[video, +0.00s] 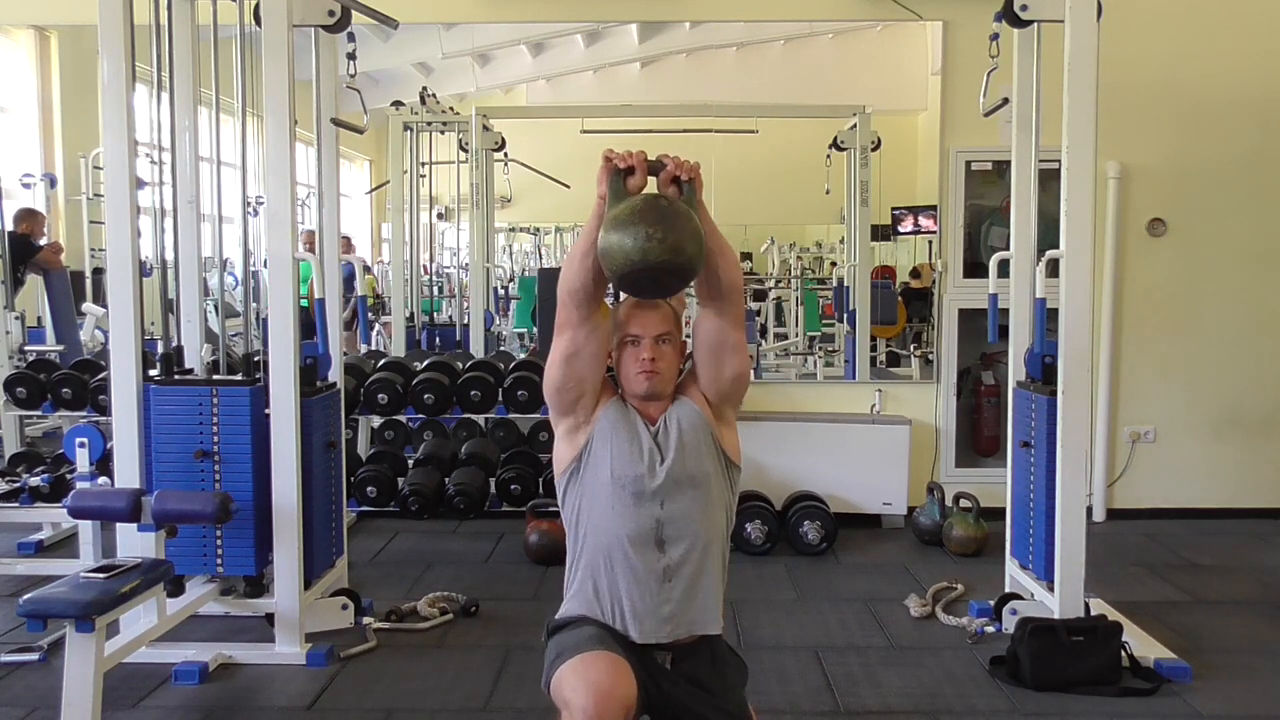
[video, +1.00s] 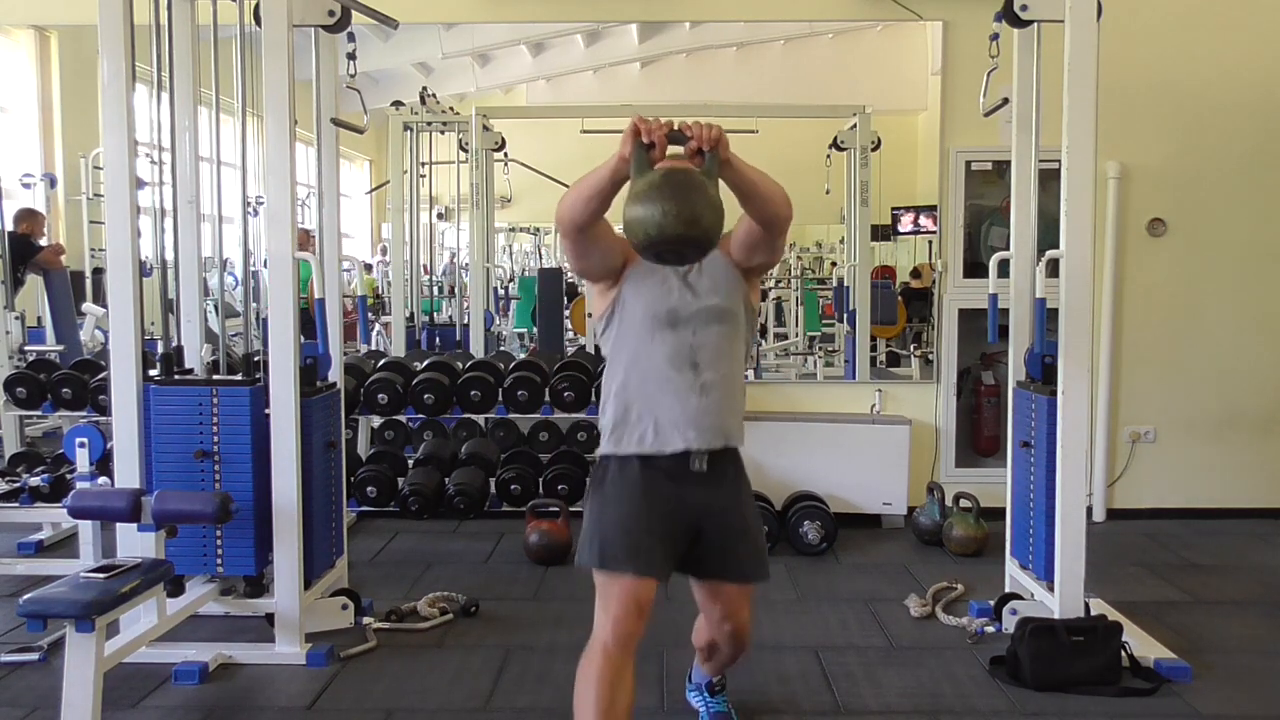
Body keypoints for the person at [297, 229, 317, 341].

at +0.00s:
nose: (308, 247)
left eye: (311, 243)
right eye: (305, 244)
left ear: (317, 243)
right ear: (301, 244)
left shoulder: (323, 262)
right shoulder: (297, 264)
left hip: (319, 305)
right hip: (302, 306)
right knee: (304, 341)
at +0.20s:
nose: (306, 247)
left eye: (309, 243)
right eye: (303, 244)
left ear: (314, 243)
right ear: (298, 244)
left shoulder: (320, 262)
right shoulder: (294, 263)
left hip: (315, 306)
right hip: (300, 306)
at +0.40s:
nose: (305, 248)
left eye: (308, 244)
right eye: (302, 245)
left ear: (314, 244)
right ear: (297, 245)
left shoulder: (320, 264)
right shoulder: (292, 264)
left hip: (313, 310)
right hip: (297, 310)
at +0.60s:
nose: (306, 246)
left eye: (309, 242)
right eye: (303, 242)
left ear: (315, 242)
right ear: (299, 242)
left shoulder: (321, 262)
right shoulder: (294, 262)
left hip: (314, 307)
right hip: (298, 306)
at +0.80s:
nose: (303, 247)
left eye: (307, 243)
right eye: (301, 243)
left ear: (314, 244)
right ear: (297, 243)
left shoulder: (319, 263)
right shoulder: (292, 262)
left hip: (311, 308)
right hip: (295, 307)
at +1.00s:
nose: (299, 248)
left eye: (301, 245)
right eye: (296, 244)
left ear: (308, 244)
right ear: (292, 243)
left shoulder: (311, 263)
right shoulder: (286, 262)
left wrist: (314, 312)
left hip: (306, 308)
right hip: (289, 308)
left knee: (313, 341)